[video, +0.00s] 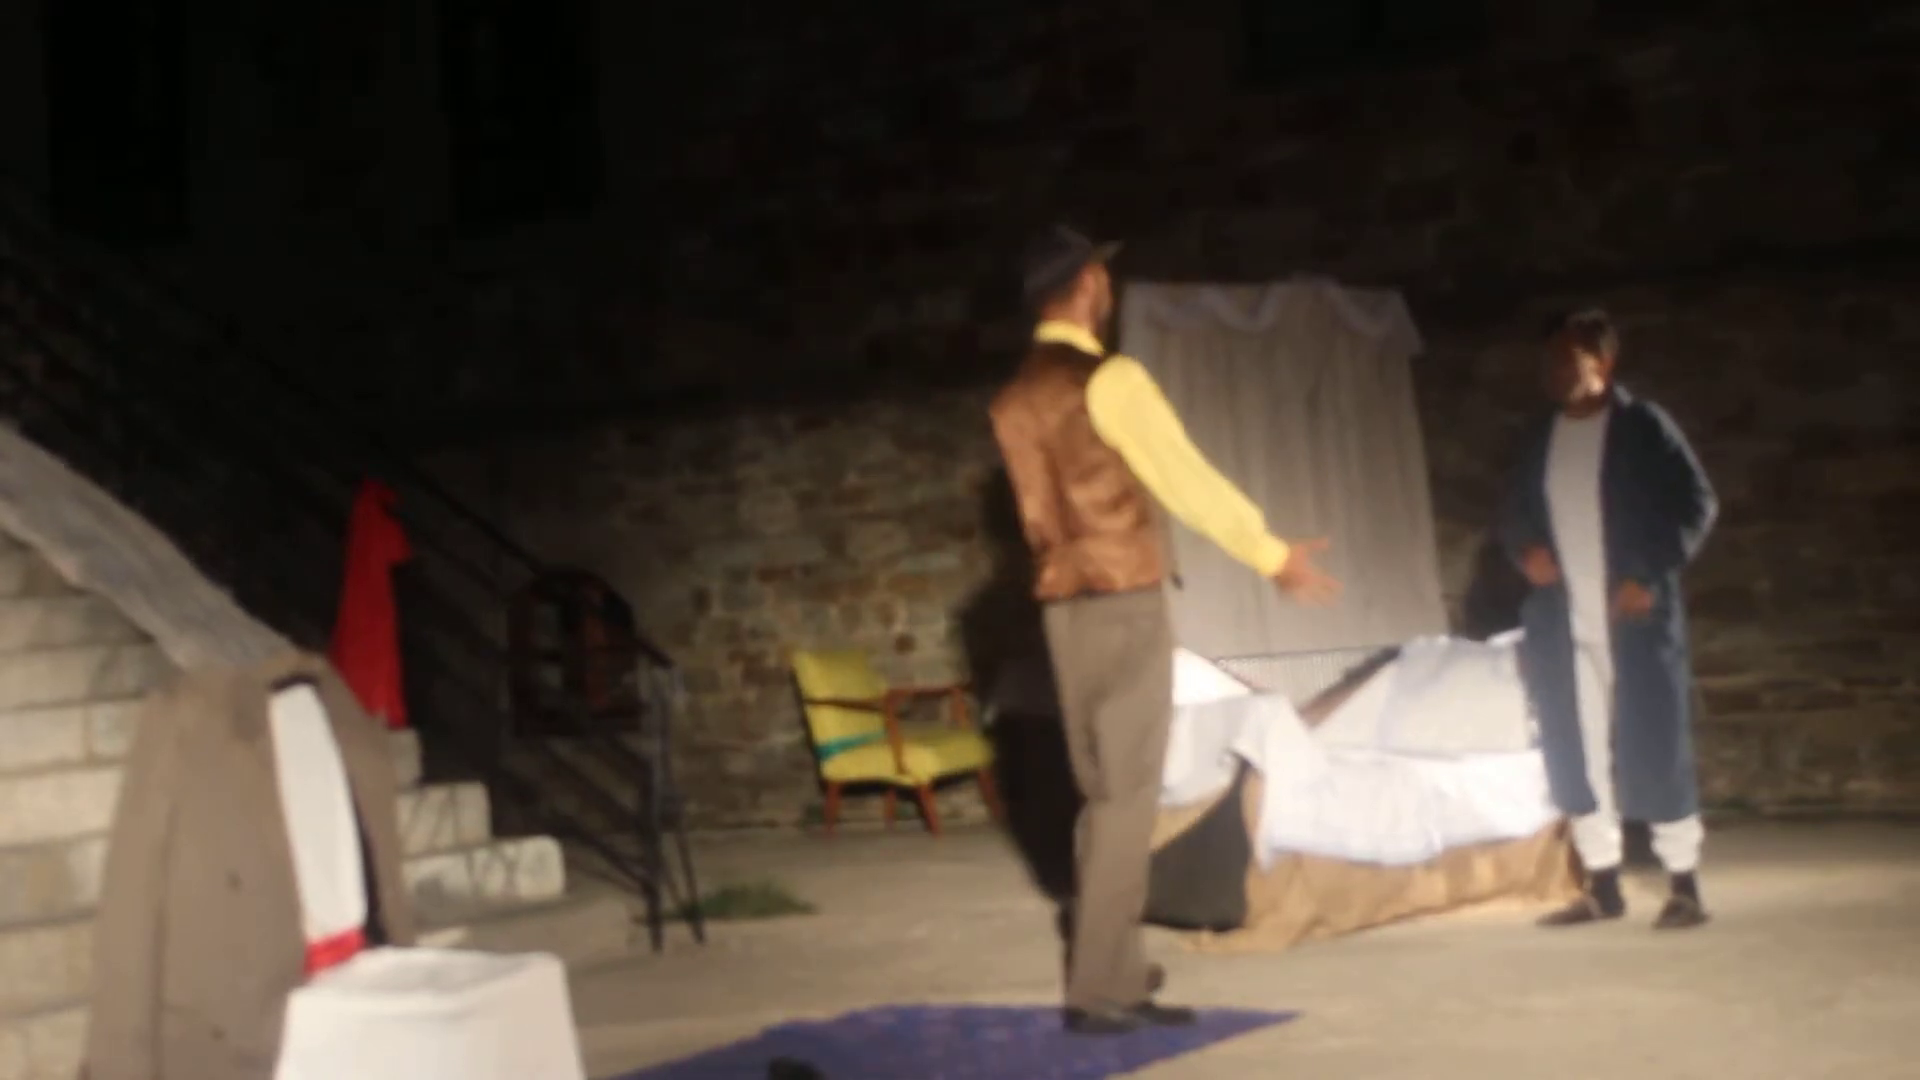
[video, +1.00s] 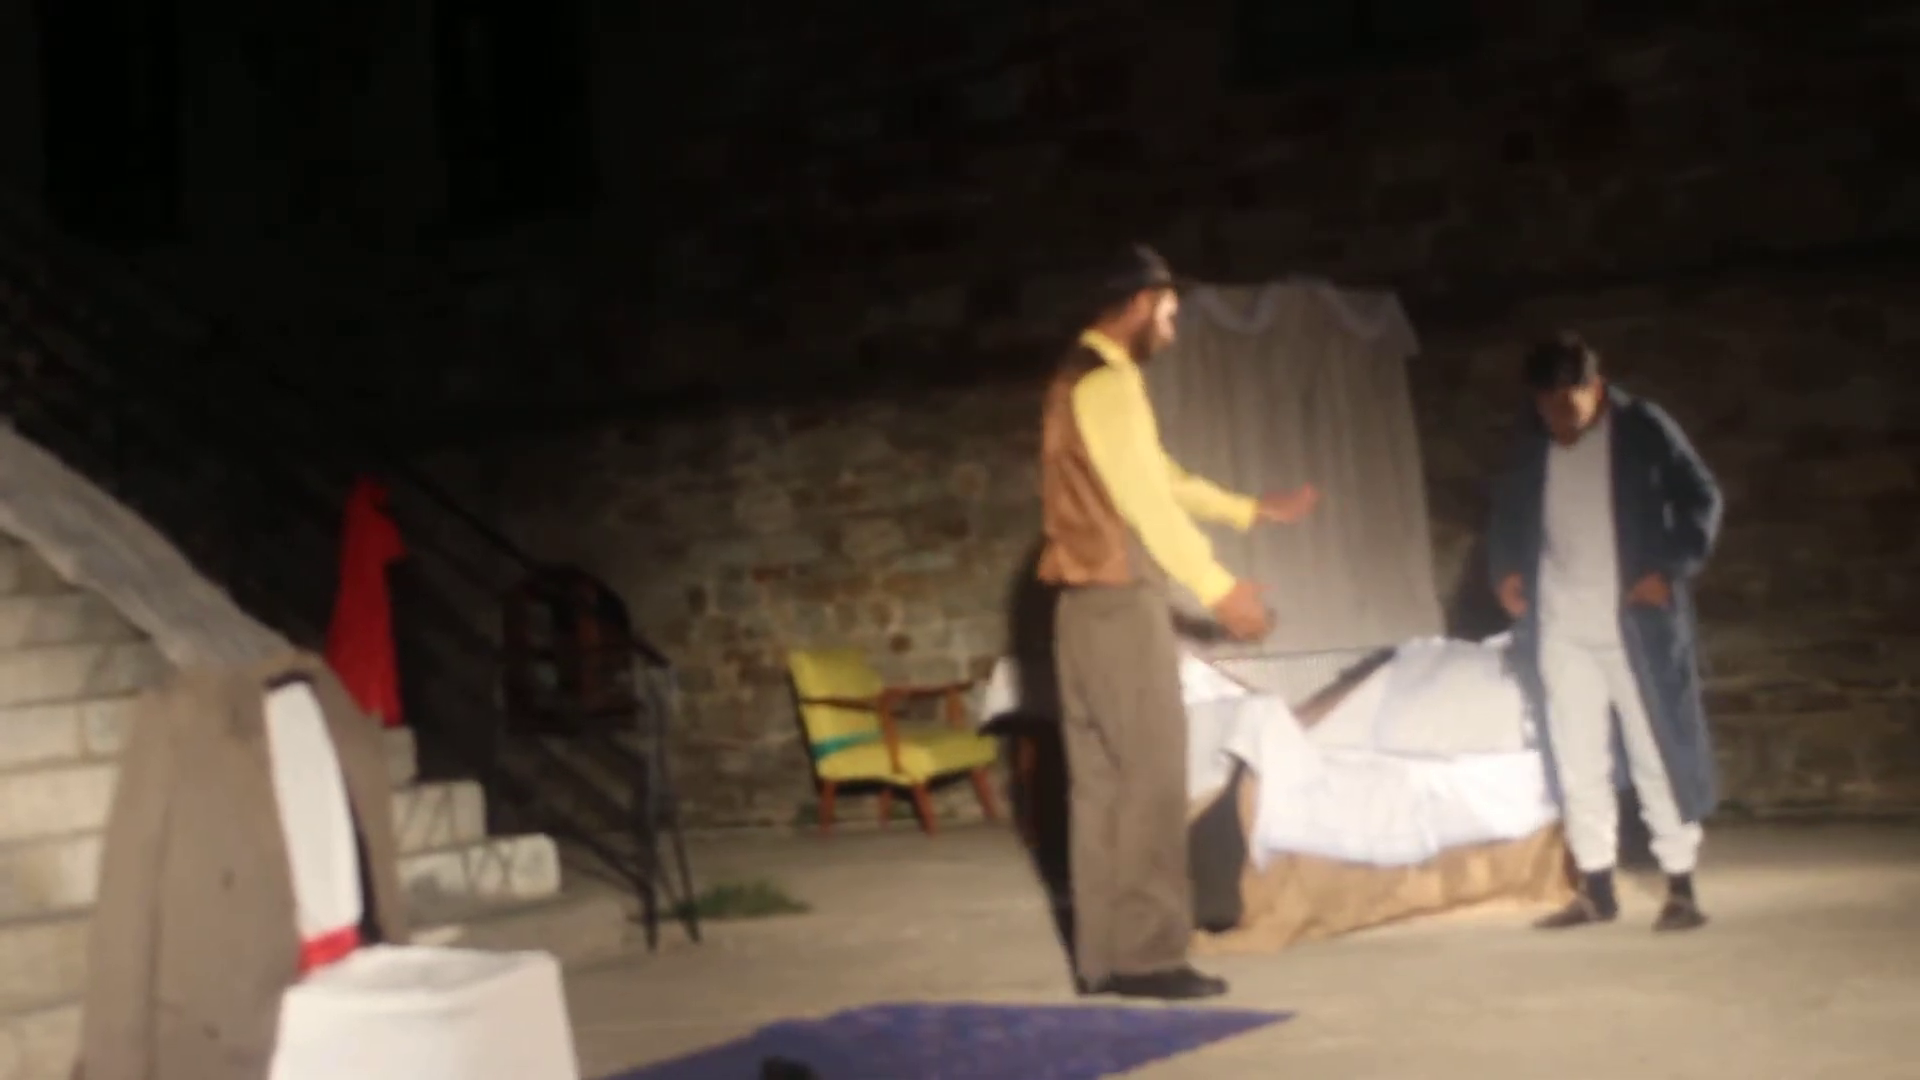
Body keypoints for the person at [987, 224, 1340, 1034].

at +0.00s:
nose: (1110, 293)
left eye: (1105, 279)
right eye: (1105, 280)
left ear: (1039, 300)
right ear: (1088, 288)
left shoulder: (1012, 400)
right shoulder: (1111, 382)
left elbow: (1041, 515)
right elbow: (1185, 477)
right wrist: (1272, 555)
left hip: (1063, 611)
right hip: (1126, 607)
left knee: (1100, 795)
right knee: (1127, 794)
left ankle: (1109, 974)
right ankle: (1101, 991)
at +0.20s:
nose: (1124, 293)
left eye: (1119, 279)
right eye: (1119, 279)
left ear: (1051, 296)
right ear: (1100, 286)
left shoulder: (1024, 391)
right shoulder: (1113, 378)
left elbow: (1037, 512)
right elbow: (1178, 479)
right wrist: (1263, 564)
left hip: (1060, 606)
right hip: (1118, 605)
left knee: (1086, 796)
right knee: (1111, 797)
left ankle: (1099, 983)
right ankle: (1099, 990)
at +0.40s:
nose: (1136, 308)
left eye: (1134, 293)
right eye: (1134, 294)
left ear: (1064, 302)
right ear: (1117, 296)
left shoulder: (1034, 391)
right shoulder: (1117, 386)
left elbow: (1040, 510)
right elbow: (1175, 491)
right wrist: (1250, 577)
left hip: (1051, 609)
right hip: (1112, 608)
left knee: (1074, 789)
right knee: (1112, 789)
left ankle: (1096, 963)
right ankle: (1094, 989)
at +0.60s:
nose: (1152, 319)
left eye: (1150, 304)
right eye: (1147, 304)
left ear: (1088, 310)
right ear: (1120, 307)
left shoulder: (1038, 394)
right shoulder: (1115, 391)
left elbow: (1070, 511)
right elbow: (1161, 500)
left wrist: (1144, 582)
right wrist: (1225, 601)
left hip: (1049, 606)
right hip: (1107, 608)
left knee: (1084, 785)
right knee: (1147, 775)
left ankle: (1104, 960)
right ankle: (1107, 966)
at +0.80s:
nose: (1160, 326)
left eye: (1161, 310)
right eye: (1157, 310)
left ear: (1102, 308)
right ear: (1129, 308)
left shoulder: (1059, 381)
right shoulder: (1104, 384)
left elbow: (1146, 481)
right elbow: (1141, 500)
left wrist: (1246, 504)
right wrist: (1202, 604)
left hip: (1055, 601)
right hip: (1100, 601)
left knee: (1087, 780)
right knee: (1167, 769)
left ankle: (1102, 958)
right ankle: (1131, 954)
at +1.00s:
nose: (1173, 322)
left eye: (1174, 306)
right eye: (1169, 306)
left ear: (1122, 305)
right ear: (1141, 304)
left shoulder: (1086, 379)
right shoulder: (1109, 382)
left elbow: (1162, 482)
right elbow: (1146, 499)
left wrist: (1255, 511)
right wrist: (1220, 589)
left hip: (1083, 604)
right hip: (1118, 605)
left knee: (1103, 782)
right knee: (1152, 774)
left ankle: (1108, 957)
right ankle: (1144, 956)